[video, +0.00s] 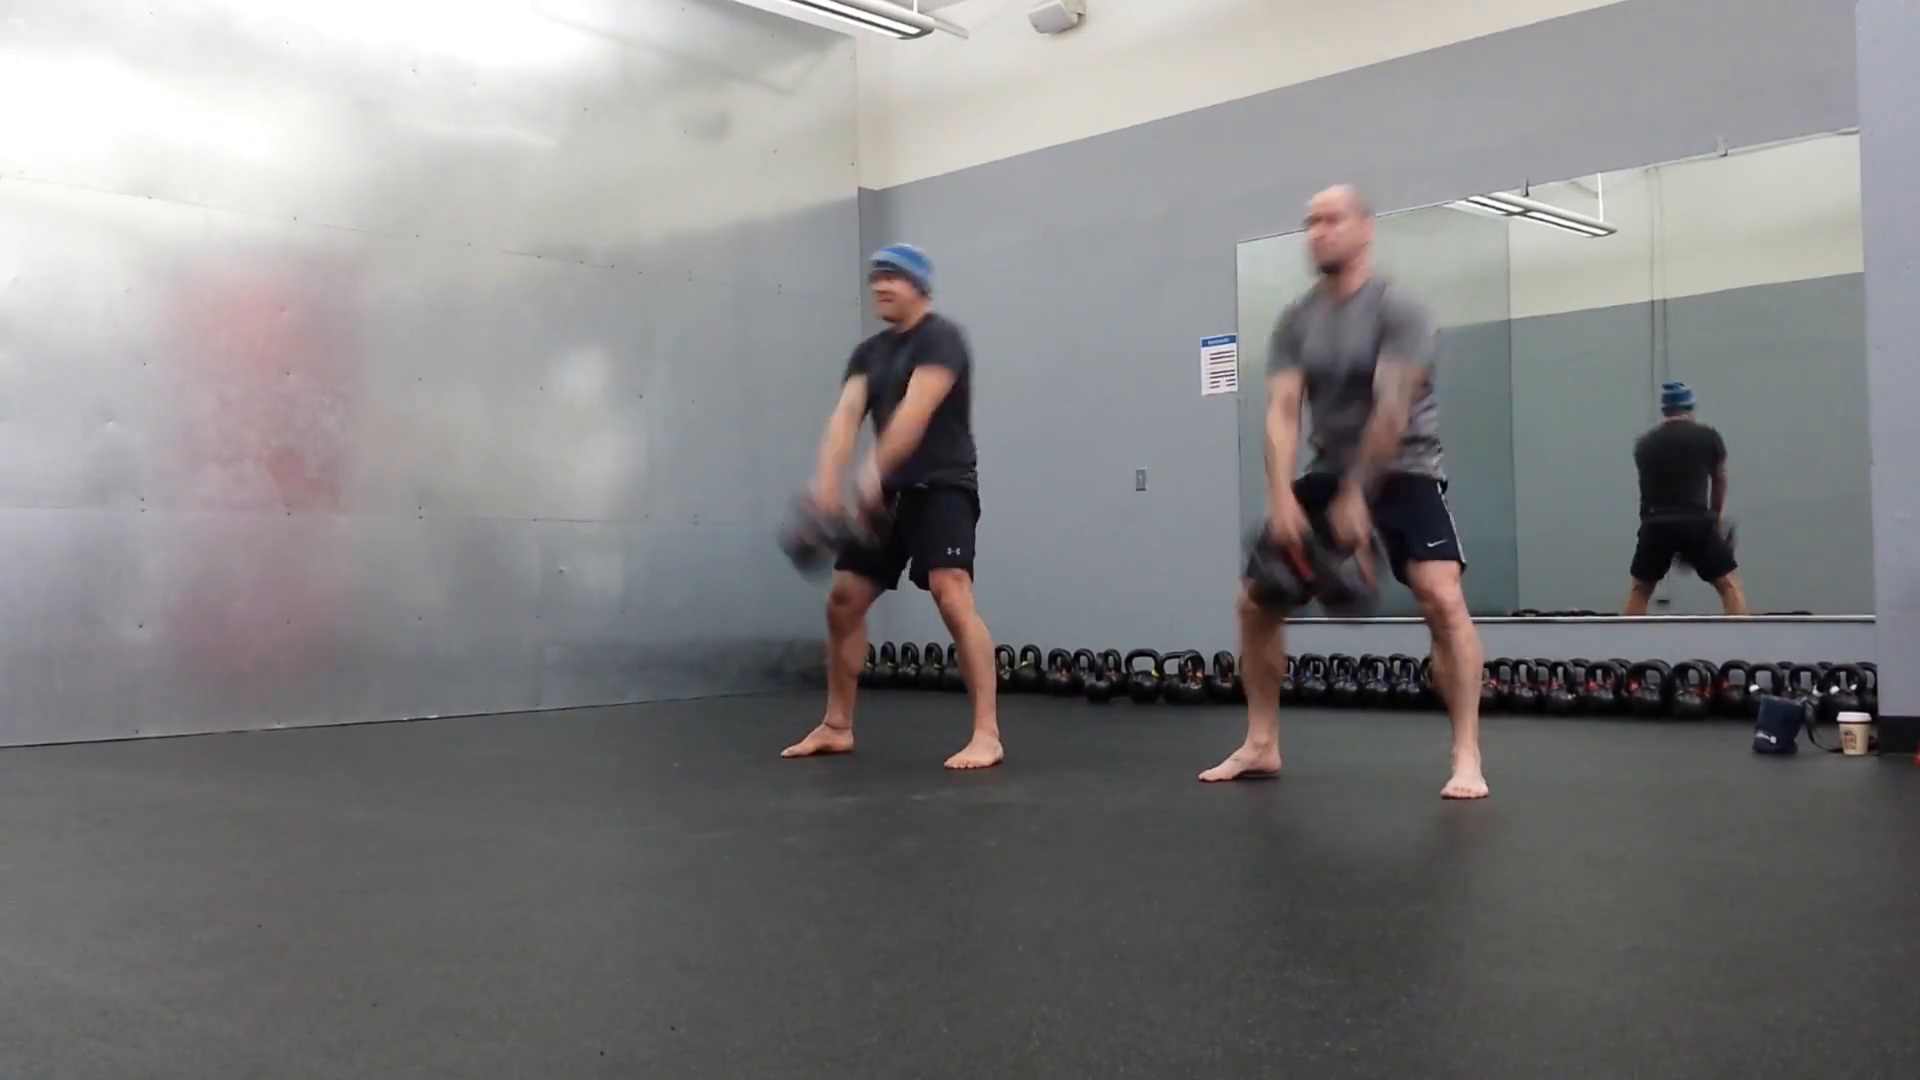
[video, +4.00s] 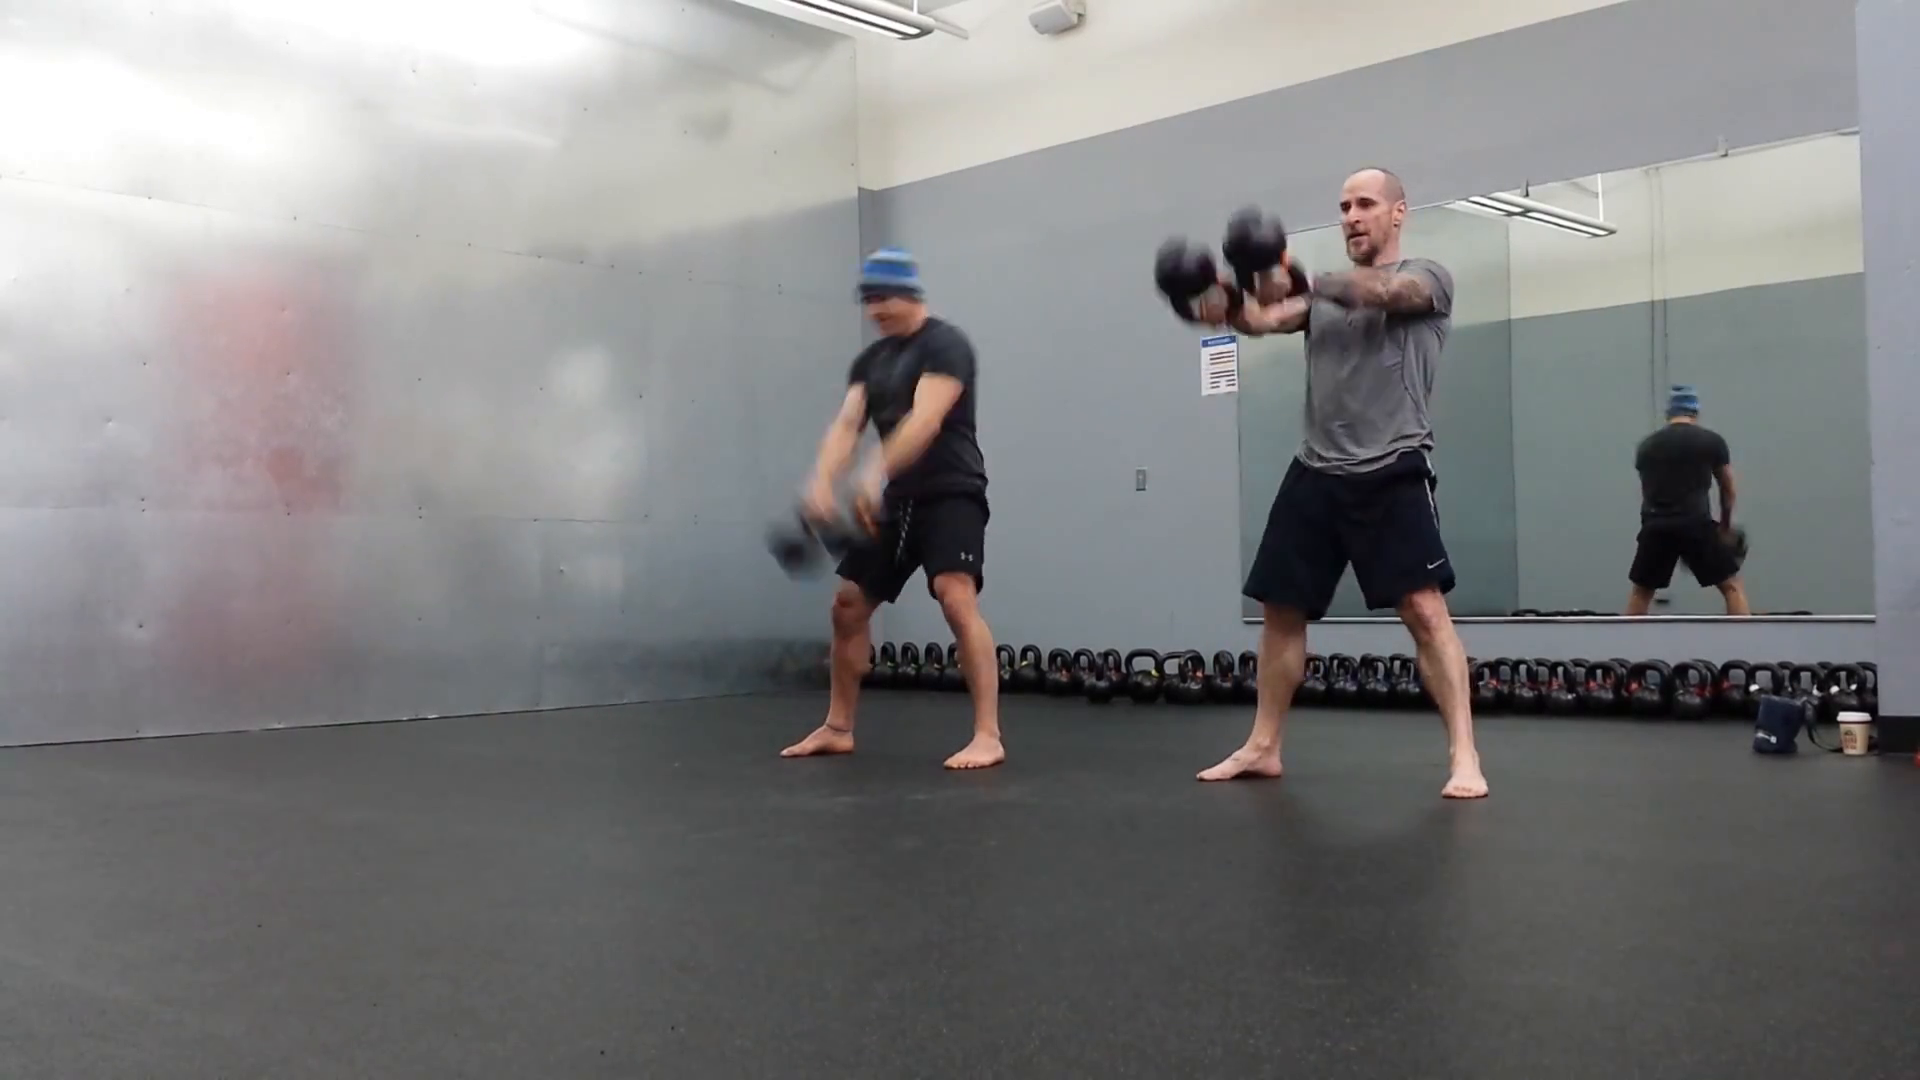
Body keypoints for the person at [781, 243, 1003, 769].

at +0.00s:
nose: (880, 290)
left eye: (891, 281)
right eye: (876, 282)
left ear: (920, 287)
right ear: (873, 292)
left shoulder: (943, 340)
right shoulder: (870, 351)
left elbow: (913, 415)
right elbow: (845, 417)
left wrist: (873, 476)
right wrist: (827, 483)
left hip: (943, 489)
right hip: (888, 491)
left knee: (951, 594)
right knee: (844, 602)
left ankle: (986, 734)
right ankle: (837, 725)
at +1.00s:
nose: (859, 271)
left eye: (869, 263)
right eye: (857, 264)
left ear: (899, 275)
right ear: (858, 281)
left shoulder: (919, 319)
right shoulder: (850, 325)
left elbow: (931, 232)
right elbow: (818, 255)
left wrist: (920, 164)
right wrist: (836, 184)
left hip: (898, 485)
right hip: (843, 489)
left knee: (937, 607)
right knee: (848, 617)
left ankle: (986, 735)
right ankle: (840, 727)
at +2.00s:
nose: (869, 275)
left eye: (879, 267)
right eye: (867, 269)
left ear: (910, 278)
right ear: (869, 282)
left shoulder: (936, 334)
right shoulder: (858, 347)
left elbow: (910, 393)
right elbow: (824, 415)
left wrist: (891, 325)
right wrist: (820, 347)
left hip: (908, 492)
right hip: (852, 494)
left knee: (942, 608)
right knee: (849, 618)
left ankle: (987, 736)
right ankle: (839, 727)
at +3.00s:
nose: (809, 331)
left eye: (822, 321)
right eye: (810, 322)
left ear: (851, 332)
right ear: (820, 335)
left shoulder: (895, 397)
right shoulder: (823, 410)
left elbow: (917, 488)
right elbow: (846, 492)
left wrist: (914, 559)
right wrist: (877, 558)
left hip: (942, 513)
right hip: (883, 519)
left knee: (953, 601)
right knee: (821, 607)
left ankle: (990, 735)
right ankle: (836, 727)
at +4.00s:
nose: (876, 309)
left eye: (885, 298)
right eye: (870, 299)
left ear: (913, 296)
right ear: (866, 303)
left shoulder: (947, 345)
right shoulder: (871, 359)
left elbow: (923, 421)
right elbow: (846, 425)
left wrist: (874, 475)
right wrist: (821, 482)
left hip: (951, 497)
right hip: (896, 500)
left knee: (955, 597)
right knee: (848, 606)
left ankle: (988, 736)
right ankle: (838, 727)